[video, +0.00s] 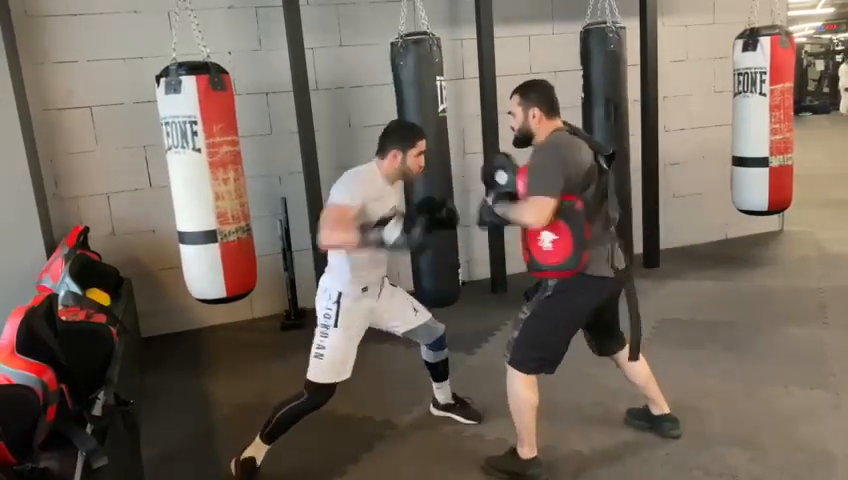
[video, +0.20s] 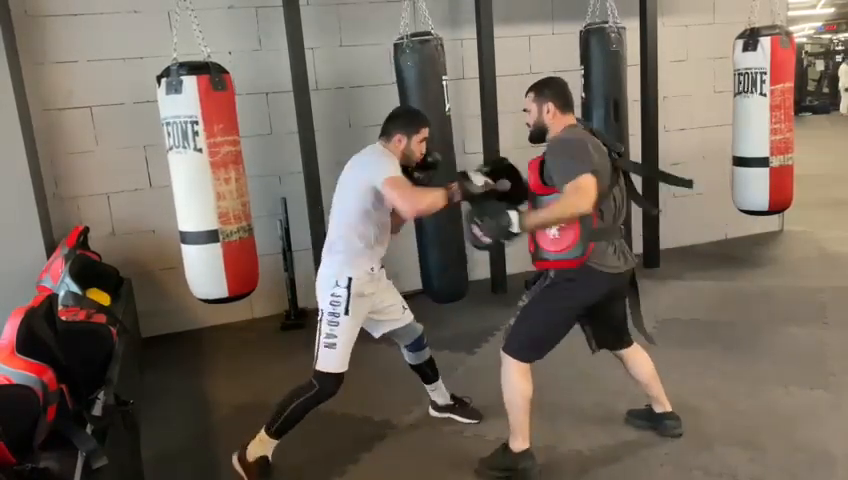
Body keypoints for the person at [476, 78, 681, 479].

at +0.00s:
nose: (512, 122)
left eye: (514, 114)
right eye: (511, 114)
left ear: (535, 113)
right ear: (549, 113)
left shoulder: (550, 150)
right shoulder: (576, 141)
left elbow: (536, 215)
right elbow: (565, 201)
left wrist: (498, 208)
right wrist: (519, 185)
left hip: (577, 277)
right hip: (608, 269)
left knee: (522, 361)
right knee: (618, 344)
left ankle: (526, 455)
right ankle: (662, 413)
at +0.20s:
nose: (526, 119)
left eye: (529, 111)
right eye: (526, 111)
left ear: (549, 109)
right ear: (560, 110)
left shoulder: (564, 145)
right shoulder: (590, 142)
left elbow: (581, 199)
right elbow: (568, 201)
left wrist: (519, 221)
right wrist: (518, 191)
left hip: (578, 275)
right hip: (612, 270)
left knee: (515, 353)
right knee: (622, 342)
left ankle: (518, 449)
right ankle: (664, 413)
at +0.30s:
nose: (524, 130)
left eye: (526, 123)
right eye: (523, 123)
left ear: (545, 119)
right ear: (563, 120)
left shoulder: (541, 149)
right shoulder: (594, 147)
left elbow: (501, 189)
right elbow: (622, 198)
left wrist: (431, 194)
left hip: (577, 273)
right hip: (621, 271)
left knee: (520, 362)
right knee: (625, 341)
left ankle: (514, 462)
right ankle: (664, 413)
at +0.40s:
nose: (514, 142)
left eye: (517, 132)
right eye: (514, 133)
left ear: (538, 128)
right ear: (551, 130)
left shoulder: (534, 160)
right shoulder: (588, 157)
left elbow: (496, 208)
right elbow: (628, 213)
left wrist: (426, 207)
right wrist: (593, 247)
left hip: (570, 283)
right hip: (609, 280)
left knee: (512, 369)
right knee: (617, 347)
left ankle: (512, 466)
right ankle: (663, 413)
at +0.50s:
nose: (493, 136)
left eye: (497, 128)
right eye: (493, 129)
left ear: (519, 125)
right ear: (529, 125)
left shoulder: (542, 153)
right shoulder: (560, 150)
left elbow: (531, 206)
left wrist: (465, 189)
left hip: (577, 284)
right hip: (598, 276)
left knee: (516, 372)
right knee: (610, 352)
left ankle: (513, 466)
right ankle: (660, 413)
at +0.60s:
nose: (487, 145)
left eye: (488, 136)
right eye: (486, 137)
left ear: (510, 130)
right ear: (513, 132)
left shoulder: (556, 150)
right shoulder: (523, 171)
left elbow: (556, 193)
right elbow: (500, 223)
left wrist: (500, 174)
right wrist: (439, 225)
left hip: (581, 283)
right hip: (570, 282)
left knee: (516, 373)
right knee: (598, 355)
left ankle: (514, 467)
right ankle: (657, 412)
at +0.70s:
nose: (491, 147)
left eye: (492, 138)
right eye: (490, 139)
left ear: (513, 134)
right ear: (517, 134)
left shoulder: (562, 157)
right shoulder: (524, 172)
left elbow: (563, 194)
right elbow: (513, 230)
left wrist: (500, 181)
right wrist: (475, 258)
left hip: (570, 292)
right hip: (566, 289)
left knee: (508, 376)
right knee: (594, 354)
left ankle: (512, 469)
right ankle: (656, 410)